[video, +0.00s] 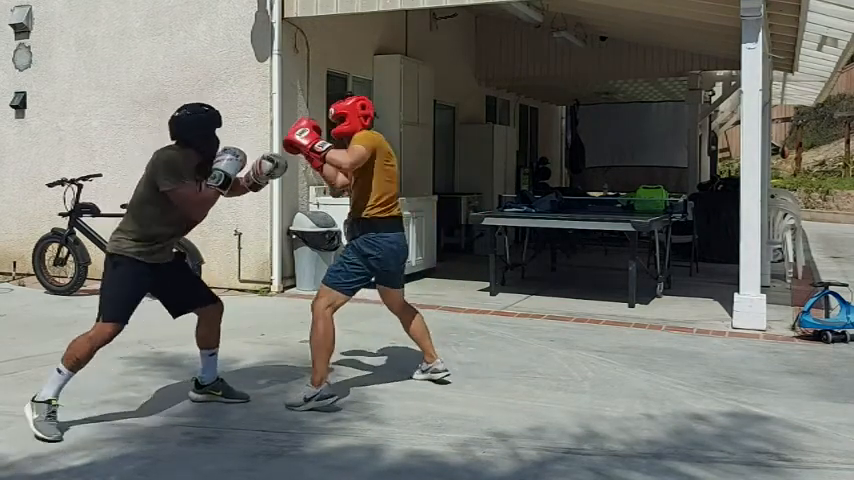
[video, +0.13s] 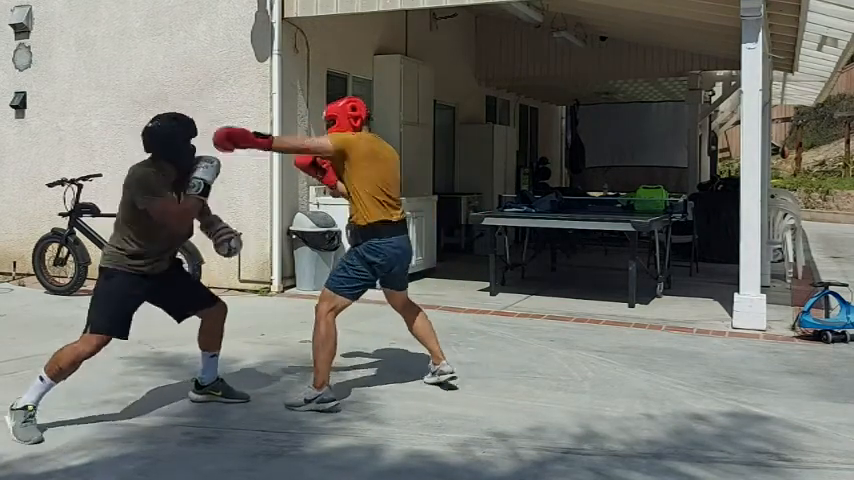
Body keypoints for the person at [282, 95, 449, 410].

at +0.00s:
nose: (337, 128)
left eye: (340, 121)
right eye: (336, 123)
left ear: (357, 118)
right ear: (364, 119)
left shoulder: (367, 138)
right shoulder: (373, 145)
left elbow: (349, 162)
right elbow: (338, 184)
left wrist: (315, 143)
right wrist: (314, 158)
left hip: (371, 240)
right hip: (392, 239)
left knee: (322, 306)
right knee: (397, 303)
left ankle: (319, 386)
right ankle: (433, 361)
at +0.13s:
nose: (329, 129)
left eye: (331, 123)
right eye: (329, 124)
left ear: (345, 121)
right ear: (362, 122)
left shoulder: (347, 141)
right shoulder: (386, 150)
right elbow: (362, 194)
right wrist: (328, 180)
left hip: (372, 246)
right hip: (399, 242)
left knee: (326, 310)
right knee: (401, 300)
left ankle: (320, 389)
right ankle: (441, 362)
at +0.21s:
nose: (329, 131)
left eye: (332, 125)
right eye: (328, 126)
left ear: (347, 122)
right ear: (361, 122)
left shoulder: (350, 145)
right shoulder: (388, 151)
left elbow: (310, 161)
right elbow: (371, 191)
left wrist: (270, 156)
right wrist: (338, 186)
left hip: (371, 247)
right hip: (400, 243)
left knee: (326, 310)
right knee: (410, 308)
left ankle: (320, 389)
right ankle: (451, 366)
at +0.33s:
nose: (336, 133)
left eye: (339, 125)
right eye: (335, 126)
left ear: (356, 125)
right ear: (367, 124)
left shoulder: (365, 150)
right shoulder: (390, 150)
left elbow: (358, 192)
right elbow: (369, 193)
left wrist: (322, 193)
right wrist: (337, 177)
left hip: (379, 247)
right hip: (404, 244)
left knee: (331, 309)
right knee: (418, 311)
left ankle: (319, 389)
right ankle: (459, 374)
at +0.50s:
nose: (344, 128)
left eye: (346, 122)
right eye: (343, 123)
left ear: (361, 120)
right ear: (369, 118)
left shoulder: (378, 144)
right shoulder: (380, 144)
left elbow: (376, 187)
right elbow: (353, 187)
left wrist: (339, 168)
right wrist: (330, 157)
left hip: (383, 244)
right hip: (402, 242)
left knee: (335, 307)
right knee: (416, 310)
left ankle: (326, 391)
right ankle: (458, 374)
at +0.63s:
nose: (340, 131)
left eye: (342, 125)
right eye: (339, 126)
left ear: (355, 125)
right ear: (361, 124)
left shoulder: (380, 148)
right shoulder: (366, 150)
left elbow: (360, 189)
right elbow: (330, 179)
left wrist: (339, 152)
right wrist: (319, 139)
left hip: (379, 248)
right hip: (396, 246)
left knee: (330, 309)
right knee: (411, 313)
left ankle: (325, 393)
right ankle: (458, 375)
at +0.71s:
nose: (337, 129)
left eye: (339, 123)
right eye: (337, 124)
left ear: (350, 122)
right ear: (358, 121)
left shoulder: (377, 146)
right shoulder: (360, 148)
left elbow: (352, 186)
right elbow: (324, 175)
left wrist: (334, 149)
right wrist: (314, 140)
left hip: (375, 247)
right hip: (394, 245)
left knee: (331, 311)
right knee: (410, 312)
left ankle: (325, 393)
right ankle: (455, 372)